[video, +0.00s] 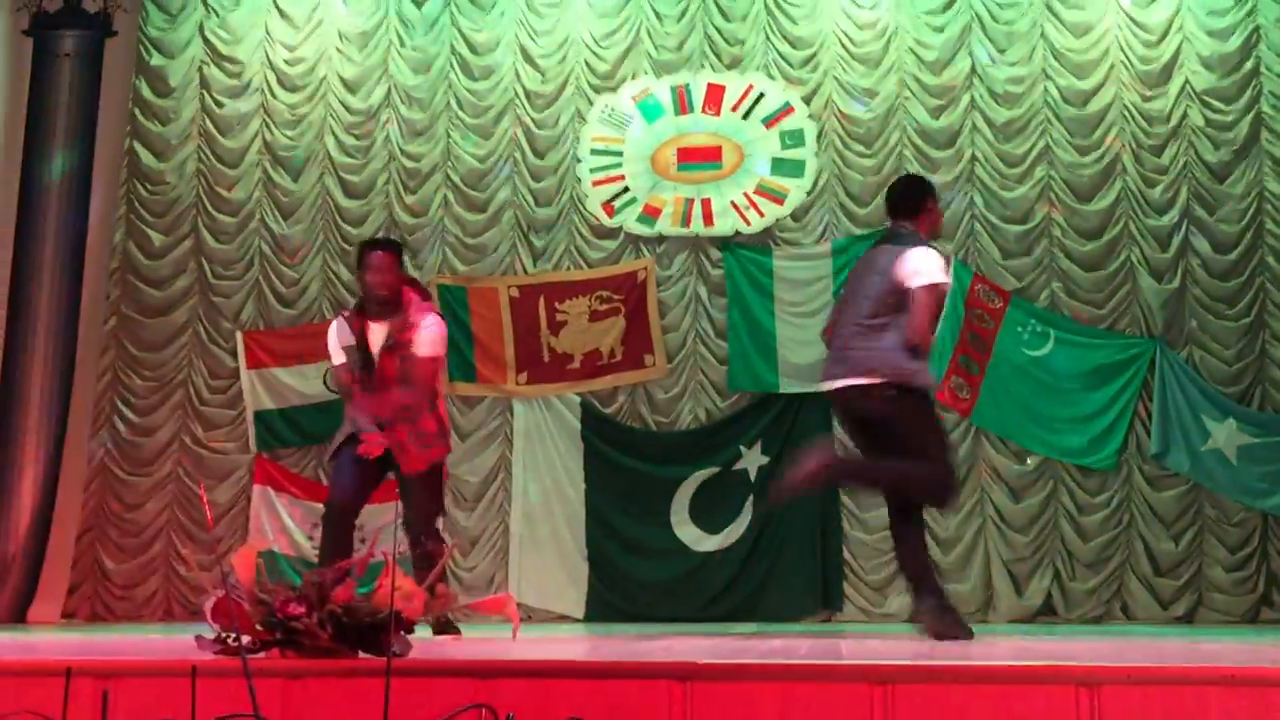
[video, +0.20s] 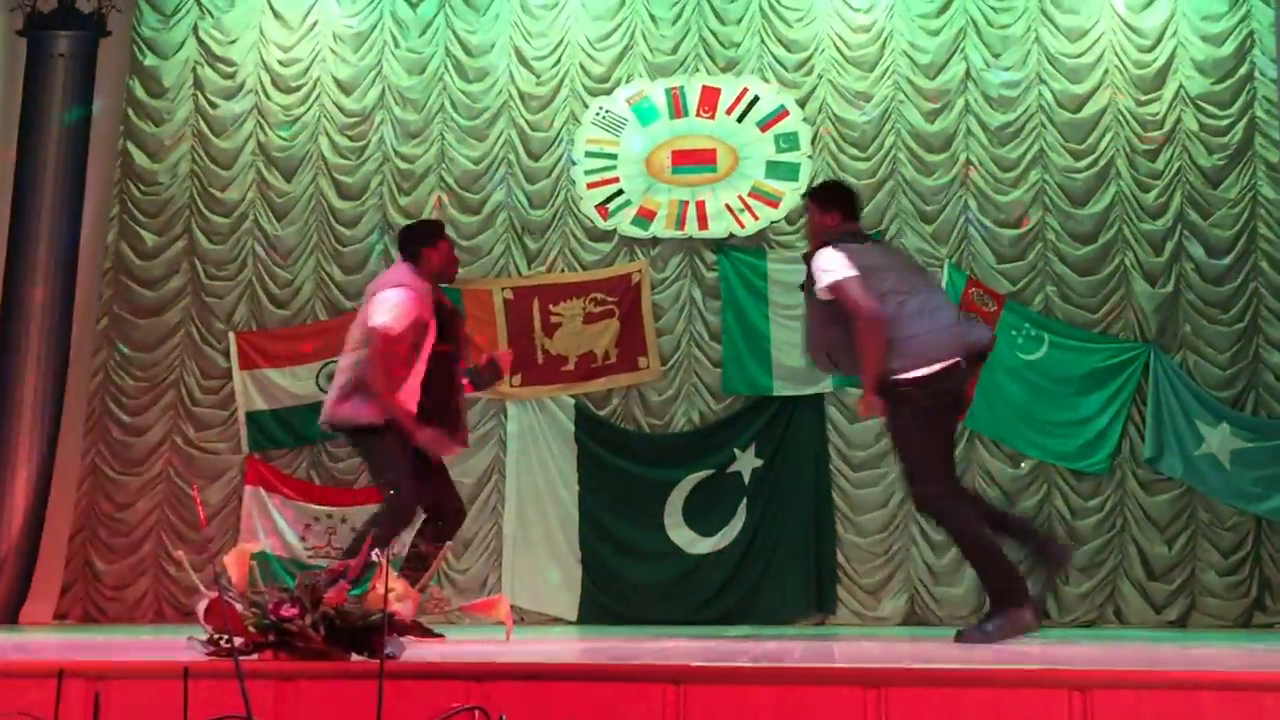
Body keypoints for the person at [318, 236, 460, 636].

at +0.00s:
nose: (380, 280)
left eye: (388, 271)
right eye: (372, 271)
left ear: (401, 276)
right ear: (359, 276)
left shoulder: (427, 325)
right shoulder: (343, 327)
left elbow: (418, 393)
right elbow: (350, 393)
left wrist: (369, 413)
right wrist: (367, 424)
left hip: (418, 438)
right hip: (367, 437)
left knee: (422, 526)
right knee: (339, 506)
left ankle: (439, 614)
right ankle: (327, 605)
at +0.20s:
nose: (457, 255)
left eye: (453, 247)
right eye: (449, 247)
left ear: (427, 255)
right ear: (428, 254)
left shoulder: (421, 295)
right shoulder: (402, 296)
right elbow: (375, 378)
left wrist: (474, 373)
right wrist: (418, 431)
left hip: (394, 418)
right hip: (368, 417)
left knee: (448, 512)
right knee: (402, 501)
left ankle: (403, 595)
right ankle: (335, 585)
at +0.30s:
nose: (437, 255)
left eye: (435, 249)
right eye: (436, 248)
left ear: (394, 249)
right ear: (429, 248)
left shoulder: (365, 296)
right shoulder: (429, 284)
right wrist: (450, 386)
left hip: (370, 415)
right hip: (407, 407)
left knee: (417, 509)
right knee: (445, 506)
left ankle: (401, 595)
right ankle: (376, 568)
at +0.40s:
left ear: (362, 244)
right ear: (404, 243)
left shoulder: (338, 289)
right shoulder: (428, 277)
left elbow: (327, 365)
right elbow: (478, 314)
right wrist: (483, 370)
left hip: (369, 415)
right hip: (424, 407)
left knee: (391, 512)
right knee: (443, 501)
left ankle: (404, 607)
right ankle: (425, 579)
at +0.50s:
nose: (336, 242)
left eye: (338, 236)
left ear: (342, 237)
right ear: (381, 235)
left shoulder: (336, 277)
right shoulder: (417, 272)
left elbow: (305, 349)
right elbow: (485, 306)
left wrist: (329, 374)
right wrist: (478, 368)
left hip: (370, 405)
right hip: (419, 401)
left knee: (376, 511)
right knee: (413, 501)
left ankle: (408, 615)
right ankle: (451, 597)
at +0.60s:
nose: (330, 240)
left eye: (335, 232)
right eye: (331, 232)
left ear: (355, 231)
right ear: (374, 231)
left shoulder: (355, 270)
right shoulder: (408, 265)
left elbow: (320, 339)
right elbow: (454, 309)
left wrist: (303, 352)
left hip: (383, 405)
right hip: (416, 404)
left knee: (376, 510)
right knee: (383, 506)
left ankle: (412, 613)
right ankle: (411, 608)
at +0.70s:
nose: (349, 238)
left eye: (357, 231)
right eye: (349, 230)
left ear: (383, 234)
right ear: (382, 235)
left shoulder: (388, 272)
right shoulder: (399, 268)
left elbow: (357, 334)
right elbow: (372, 333)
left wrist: (317, 340)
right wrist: (325, 330)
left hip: (393, 414)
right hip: (397, 413)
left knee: (385, 513)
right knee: (382, 513)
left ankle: (420, 611)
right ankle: (394, 610)